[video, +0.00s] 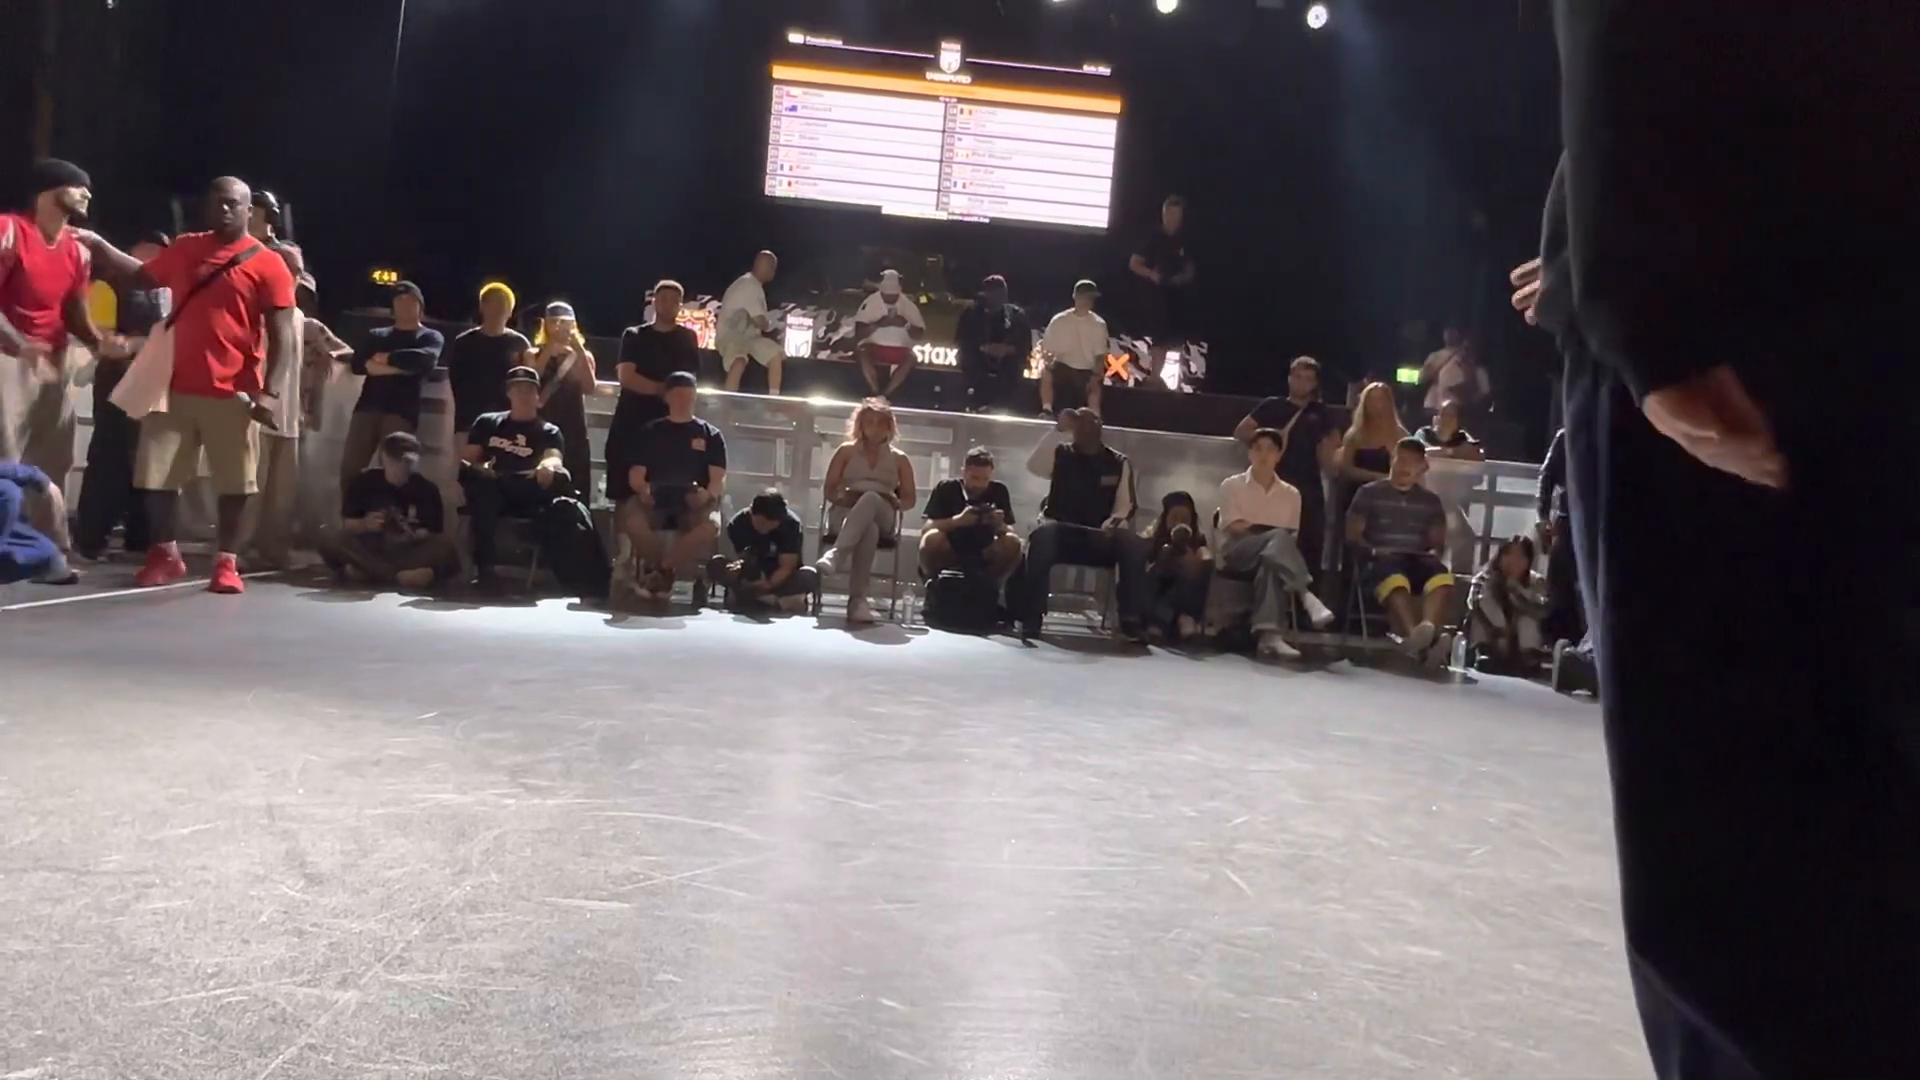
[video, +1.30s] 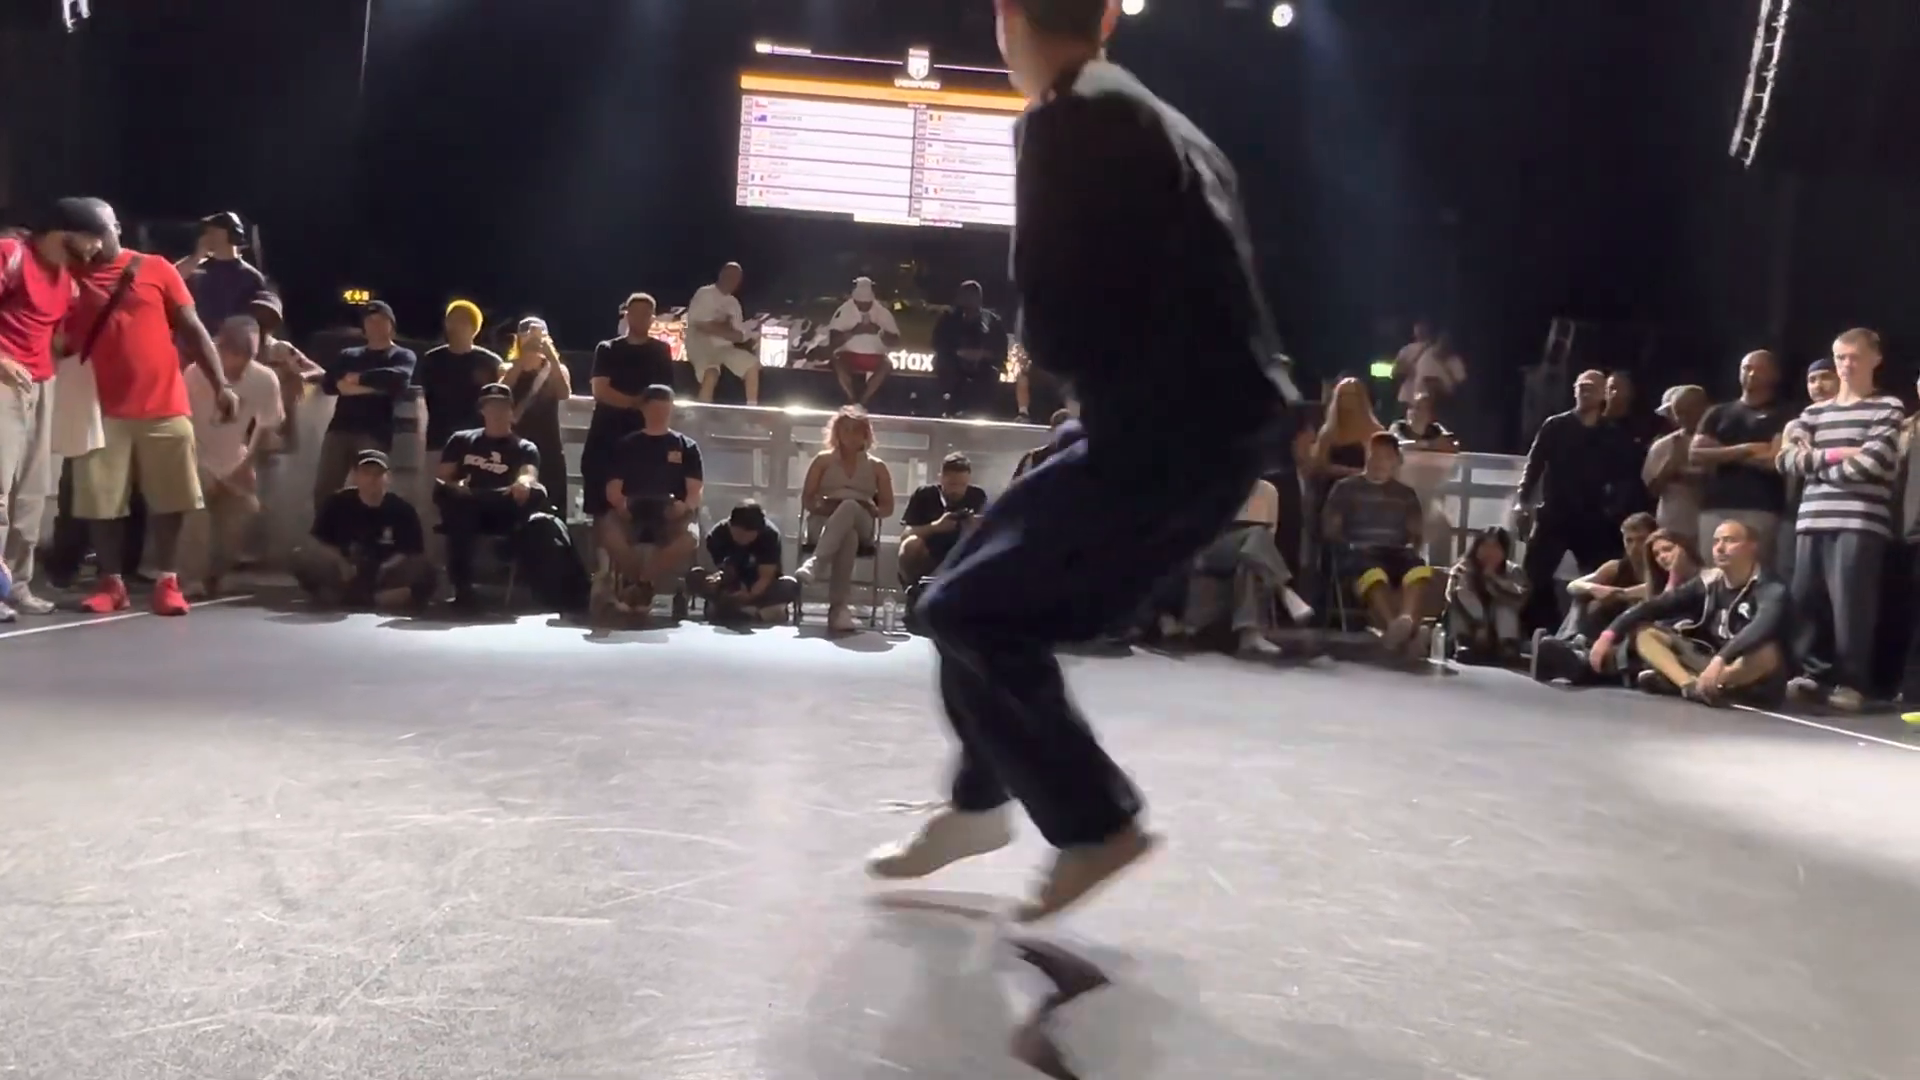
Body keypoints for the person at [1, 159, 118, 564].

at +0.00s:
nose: (87, 194)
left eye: (86, 188)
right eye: (79, 187)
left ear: (66, 196)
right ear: (51, 191)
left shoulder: (77, 250)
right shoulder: (11, 230)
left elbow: (73, 308)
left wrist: (96, 340)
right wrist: (19, 343)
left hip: (57, 362)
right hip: (12, 358)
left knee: (55, 458)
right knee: (8, 451)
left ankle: (53, 549)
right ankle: (9, 546)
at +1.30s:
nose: (88, 256)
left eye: (92, 249)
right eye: (85, 246)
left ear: (69, 238)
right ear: (62, 233)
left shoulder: (68, 279)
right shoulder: (14, 256)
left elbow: (56, 335)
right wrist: (4, 361)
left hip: (43, 384)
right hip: (10, 383)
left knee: (35, 487)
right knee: (7, 486)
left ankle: (19, 582)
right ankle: (4, 584)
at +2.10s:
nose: (80, 289)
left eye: (83, 283)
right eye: (76, 280)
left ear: (71, 276)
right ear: (54, 268)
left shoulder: (70, 317)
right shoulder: (13, 292)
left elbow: (72, 370)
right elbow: (5, 313)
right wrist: (7, 289)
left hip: (46, 419)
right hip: (8, 417)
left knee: (41, 519)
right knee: (7, 516)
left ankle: (25, 616)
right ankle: (5, 617)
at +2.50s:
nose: (68, 299)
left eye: (73, 292)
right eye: (64, 289)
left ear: (68, 284)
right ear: (43, 275)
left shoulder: (66, 323)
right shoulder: (8, 301)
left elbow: (64, 379)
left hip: (46, 425)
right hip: (7, 426)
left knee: (44, 526)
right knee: (9, 523)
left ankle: (30, 620)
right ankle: (13, 620)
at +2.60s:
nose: (67, 296)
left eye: (71, 289)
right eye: (63, 287)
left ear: (60, 281)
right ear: (41, 276)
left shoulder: (65, 323)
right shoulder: (8, 303)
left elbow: (65, 379)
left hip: (47, 427)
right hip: (8, 427)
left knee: (47, 524)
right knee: (10, 520)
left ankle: (31, 622)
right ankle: (14, 621)